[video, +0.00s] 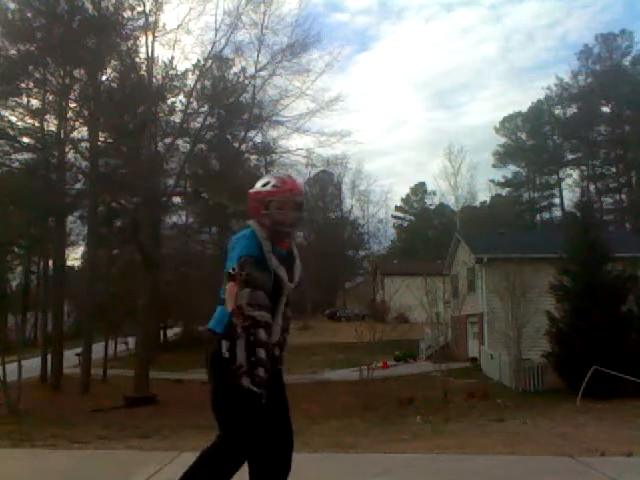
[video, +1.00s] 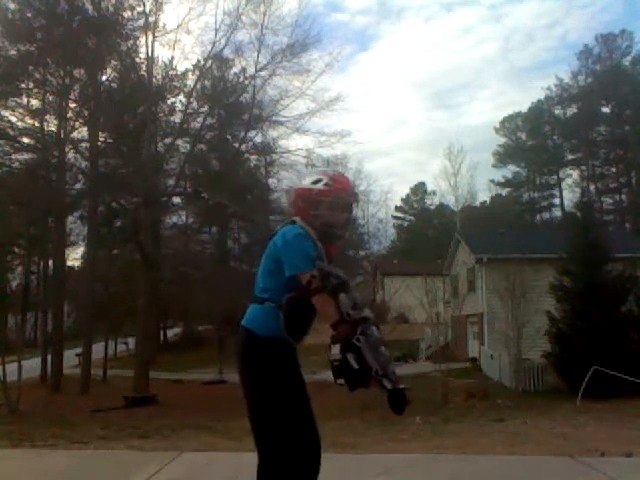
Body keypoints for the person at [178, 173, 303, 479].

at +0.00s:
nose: (288, 216)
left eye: (294, 208)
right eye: (280, 208)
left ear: (299, 211)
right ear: (263, 210)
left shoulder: (284, 248)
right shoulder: (247, 244)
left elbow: (277, 305)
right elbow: (239, 304)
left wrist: (274, 356)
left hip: (262, 351)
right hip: (230, 348)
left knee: (276, 441)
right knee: (239, 438)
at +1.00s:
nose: (342, 217)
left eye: (346, 209)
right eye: (335, 208)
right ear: (314, 208)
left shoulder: (309, 241)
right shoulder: (295, 237)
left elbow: (323, 288)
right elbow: (318, 294)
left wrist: (345, 324)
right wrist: (340, 327)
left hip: (278, 342)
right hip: (264, 342)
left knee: (297, 442)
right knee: (295, 444)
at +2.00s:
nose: (283, 227)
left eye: (292, 219)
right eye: (275, 218)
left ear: (300, 225)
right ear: (259, 222)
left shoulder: (312, 261)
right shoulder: (238, 259)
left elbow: (348, 303)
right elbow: (198, 302)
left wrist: (346, 374)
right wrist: (170, 356)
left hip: (293, 375)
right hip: (242, 373)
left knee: (297, 465)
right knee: (227, 462)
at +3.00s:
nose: (275, 200)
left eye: (282, 192)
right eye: (266, 192)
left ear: (291, 198)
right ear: (249, 197)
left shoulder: (305, 238)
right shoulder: (230, 235)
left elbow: (332, 283)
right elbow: (212, 281)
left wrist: (334, 335)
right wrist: (229, 337)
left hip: (287, 357)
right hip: (238, 355)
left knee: (298, 449)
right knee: (236, 452)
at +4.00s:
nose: (323, 186)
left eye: (333, 178)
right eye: (314, 177)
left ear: (345, 184)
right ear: (296, 181)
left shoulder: (360, 227)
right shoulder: (272, 223)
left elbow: (406, 271)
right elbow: (237, 281)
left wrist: (404, 363)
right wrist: (215, 344)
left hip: (335, 358)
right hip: (278, 356)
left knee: (326, 461)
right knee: (266, 458)